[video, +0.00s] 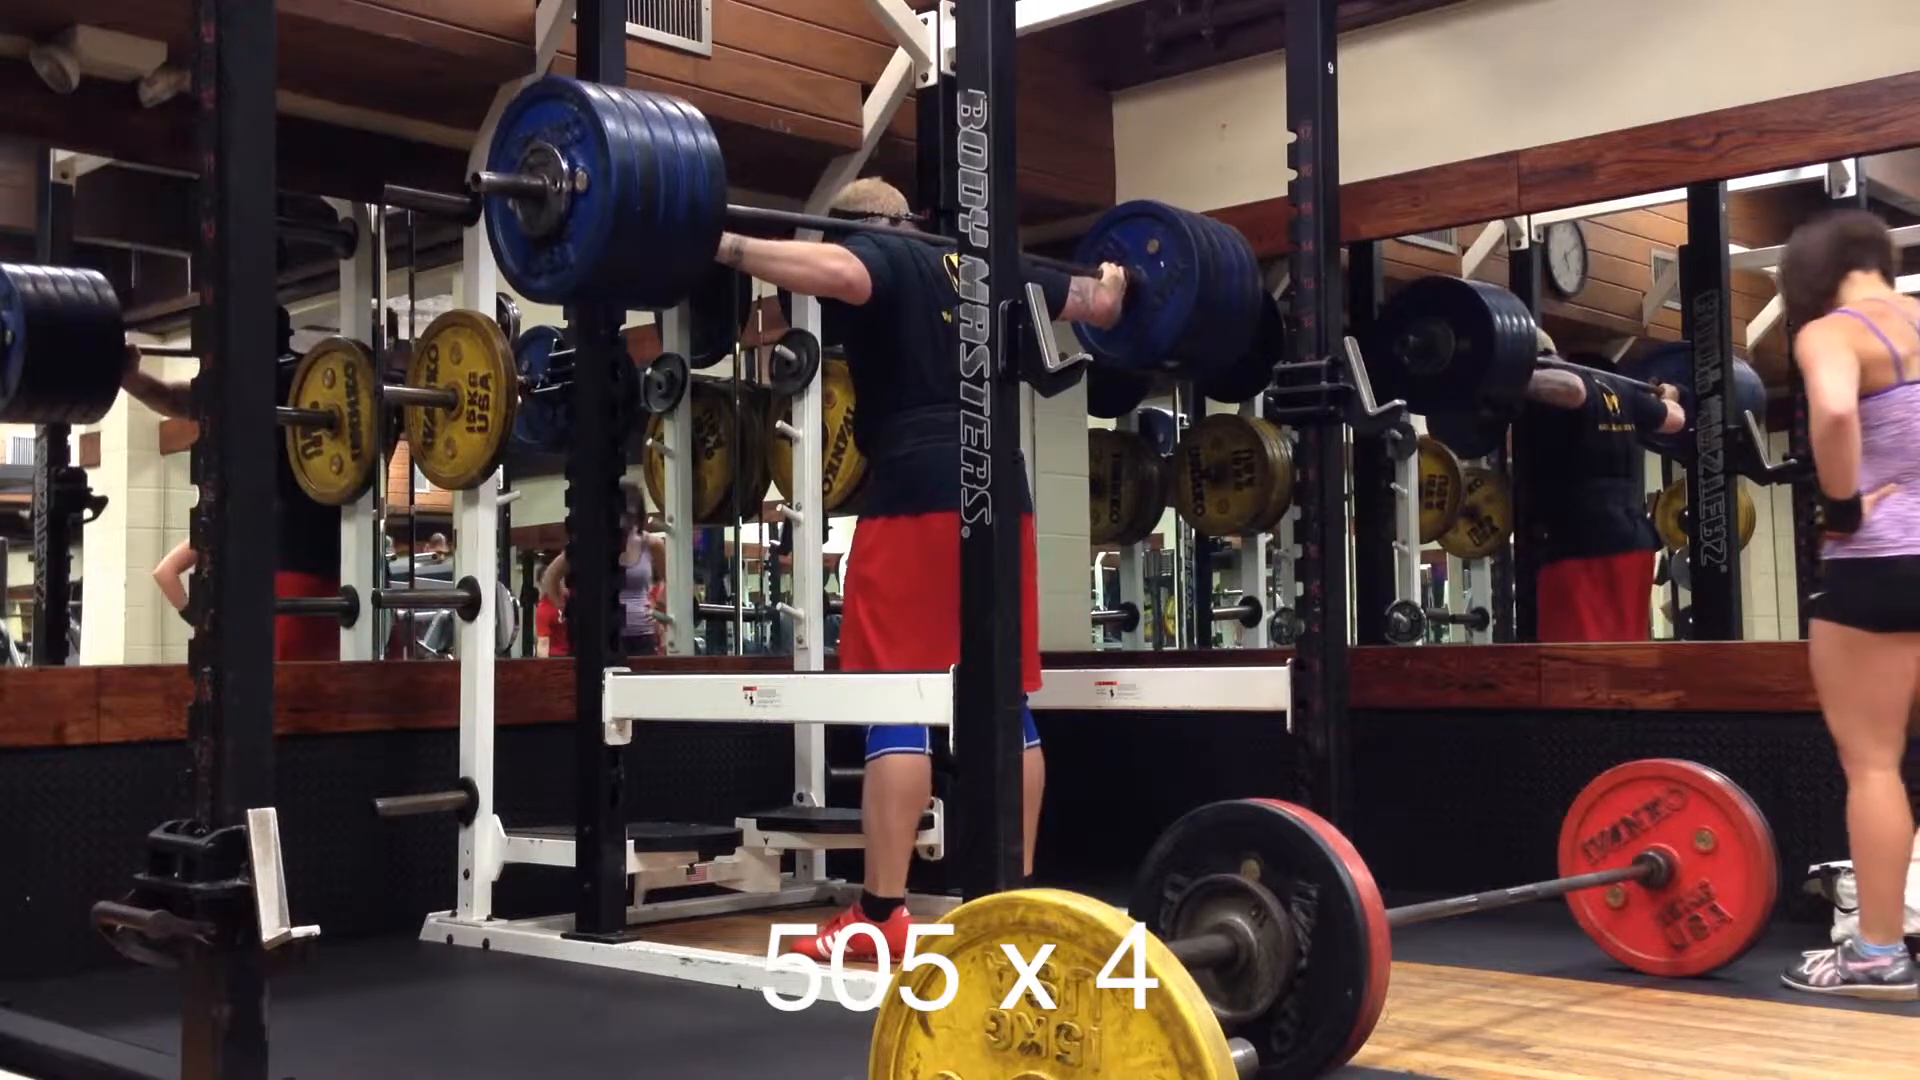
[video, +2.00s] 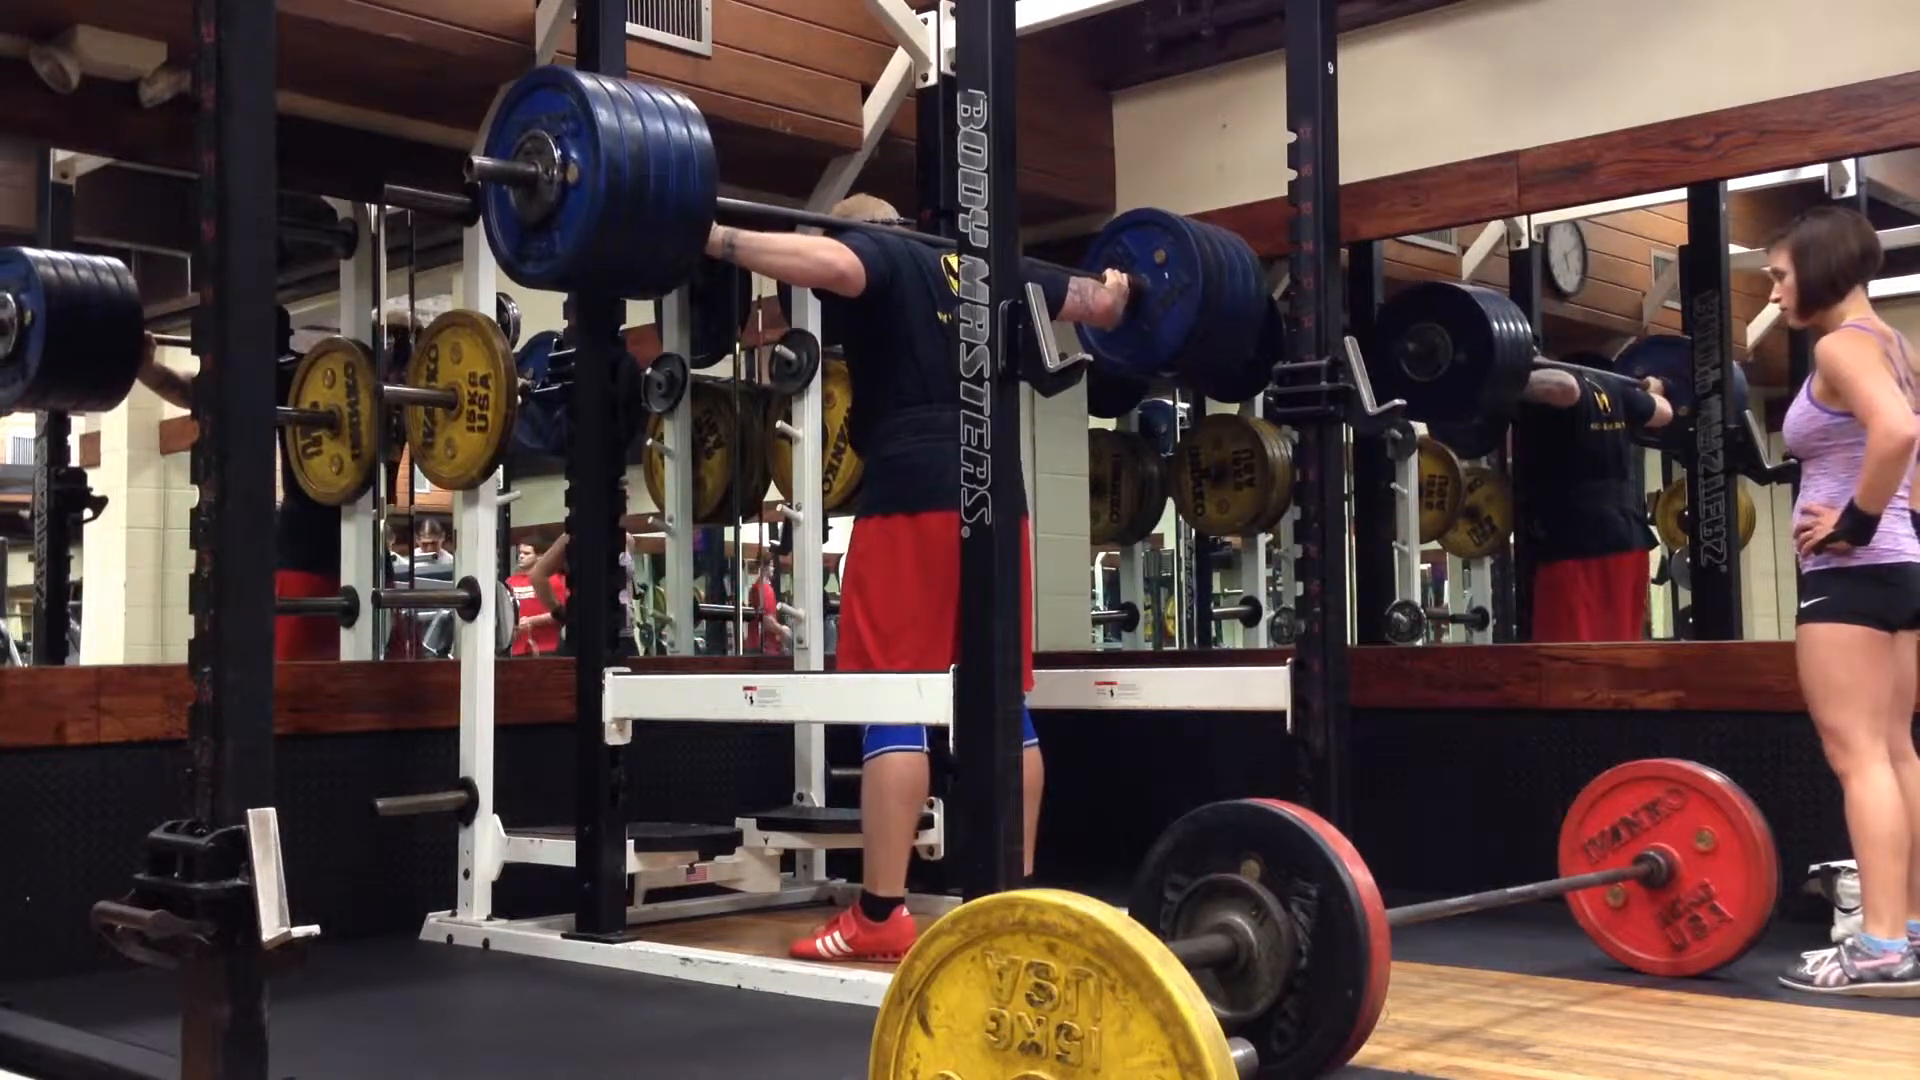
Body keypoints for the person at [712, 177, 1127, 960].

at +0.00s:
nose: (832, 249)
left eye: (833, 235)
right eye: (833, 235)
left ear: (853, 228)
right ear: (908, 216)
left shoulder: (878, 249)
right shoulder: (985, 266)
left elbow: (844, 277)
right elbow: (1095, 301)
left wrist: (728, 244)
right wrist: (1110, 281)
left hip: (917, 500)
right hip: (1004, 502)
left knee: (896, 708)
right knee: (1008, 709)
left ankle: (882, 912)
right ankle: (1014, 901)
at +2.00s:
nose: (833, 245)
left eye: (834, 236)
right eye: (831, 238)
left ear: (857, 229)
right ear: (905, 220)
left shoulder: (880, 250)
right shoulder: (988, 267)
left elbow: (835, 264)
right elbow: (1096, 302)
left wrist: (720, 237)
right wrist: (1119, 283)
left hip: (914, 500)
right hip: (1001, 503)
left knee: (894, 707)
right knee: (1006, 710)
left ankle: (881, 910)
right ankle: (1013, 902)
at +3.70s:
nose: (844, 337)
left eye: (847, 325)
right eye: (845, 328)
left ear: (874, 315)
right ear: (910, 310)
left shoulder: (876, 347)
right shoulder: (985, 363)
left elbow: (831, 376)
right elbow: (1098, 395)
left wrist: (709, 351)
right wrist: (1115, 369)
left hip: (959, 563)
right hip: (1058, 564)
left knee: (823, 711)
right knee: (1003, 725)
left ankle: (874, 912)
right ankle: (1013, 901)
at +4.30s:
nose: (834, 431)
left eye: (835, 421)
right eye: (833, 423)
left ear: (846, 416)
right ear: (906, 410)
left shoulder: (865, 448)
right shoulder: (973, 454)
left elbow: (827, 486)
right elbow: (1087, 488)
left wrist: (712, 463)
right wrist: (1106, 459)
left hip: (953, 645)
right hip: (1058, 643)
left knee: (785, 737)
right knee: (1005, 763)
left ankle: (872, 913)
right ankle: (1011, 902)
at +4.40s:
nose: (838, 450)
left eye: (841, 438)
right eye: (837, 440)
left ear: (862, 427)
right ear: (904, 426)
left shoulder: (863, 466)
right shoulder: (975, 470)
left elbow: (826, 503)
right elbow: (1085, 502)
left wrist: (707, 483)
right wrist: (1105, 477)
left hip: (952, 660)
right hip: (1057, 659)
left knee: (779, 738)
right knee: (1003, 776)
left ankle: (872, 913)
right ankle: (1010, 910)